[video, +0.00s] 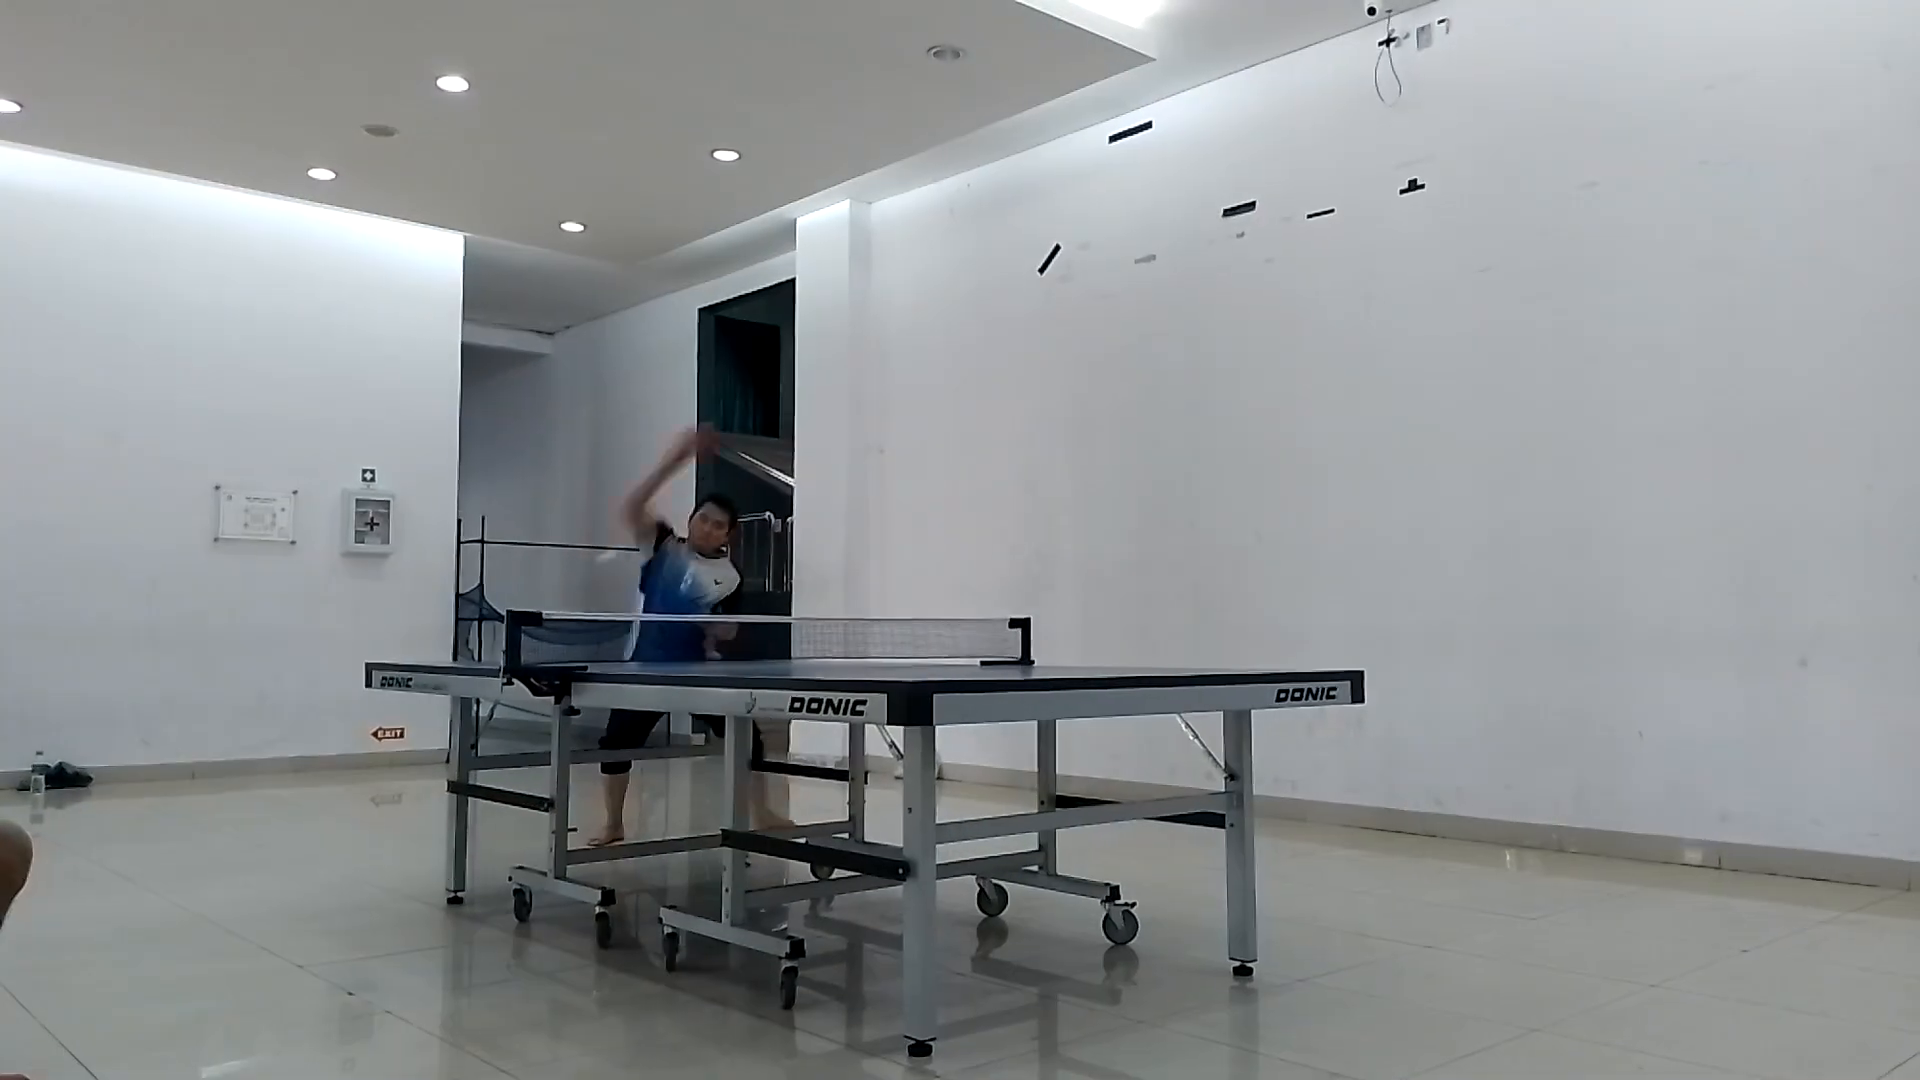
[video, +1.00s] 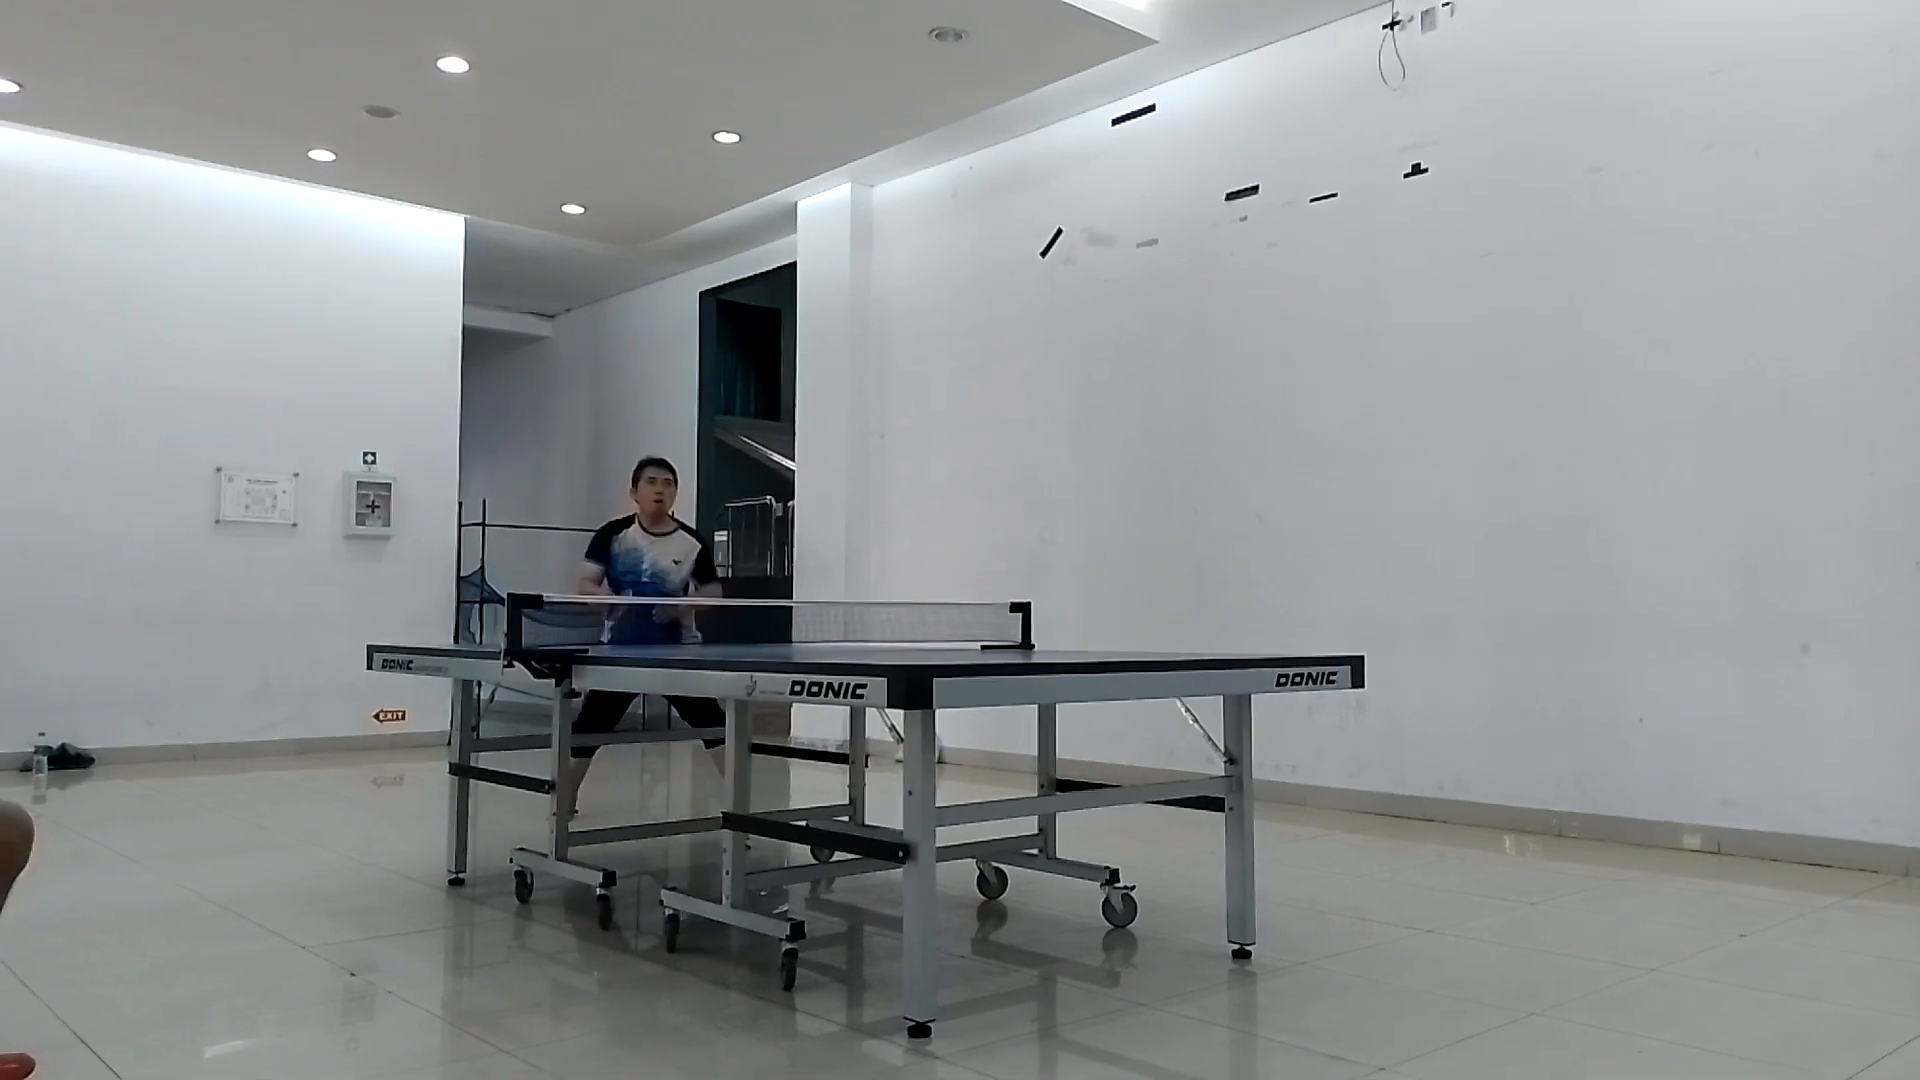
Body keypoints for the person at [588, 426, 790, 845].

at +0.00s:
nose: (707, 526)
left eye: (717, 524)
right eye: (704, 518)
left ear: (727, 536)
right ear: (692, 519)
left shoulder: (726, 577)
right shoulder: (662, 546)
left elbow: (727, 635)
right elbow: (633, 510)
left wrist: (718, 629)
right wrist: (673, 462)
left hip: (699, 672)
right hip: (648, 667)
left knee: (748, 738)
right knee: (616, 743)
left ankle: (761, 813)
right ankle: (613, 826)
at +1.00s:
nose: (660, 489)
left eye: (667, 483)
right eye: (651, 482)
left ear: (676, 493)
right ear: (634, 491)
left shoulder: (693, 543)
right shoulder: (611, 534)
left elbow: (713, 596)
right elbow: (584, 587)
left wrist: (680, 608)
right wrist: (606, 601)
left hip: (676, 654)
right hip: (621, 652)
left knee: (715, 729)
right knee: (587, 731)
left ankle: (742, 805)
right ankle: (564, 807)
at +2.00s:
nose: (590, 502)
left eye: (595, 493)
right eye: (587, 494)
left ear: (618, 487)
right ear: (590, 493)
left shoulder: (644, 525)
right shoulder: (604, 524)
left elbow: (651, 587)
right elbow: (605, 574)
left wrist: (615, 625)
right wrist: (570, 609)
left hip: (649, 623)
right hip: (626, 621)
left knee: (611, 693)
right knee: (636, 696)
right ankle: (667, 773)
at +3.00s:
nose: (548, 476)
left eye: (555, 468)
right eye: (539, 468)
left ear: (565, 471)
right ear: (523, 472)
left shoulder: (582, 519)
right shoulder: (500, 510)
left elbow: (602, 575)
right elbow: (468, 558)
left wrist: (599, 605)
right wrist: (485, 597)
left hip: (561, 626)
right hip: (513, 624)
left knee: (554, 705)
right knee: (504, 698)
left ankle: (551, 783)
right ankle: (515, 777)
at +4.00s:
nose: (558, 495)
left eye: (564, 486)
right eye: (548, 486)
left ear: (574, 488)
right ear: (529, 489)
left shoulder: (587, 535)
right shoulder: (506, 522)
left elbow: (598, 598)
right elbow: (460, 568)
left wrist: (609, 602)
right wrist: (505, 567)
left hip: (560, 640)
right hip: (504, 639)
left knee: (592, 707)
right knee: (491, 717)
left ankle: (593, 794)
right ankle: (467, 801)